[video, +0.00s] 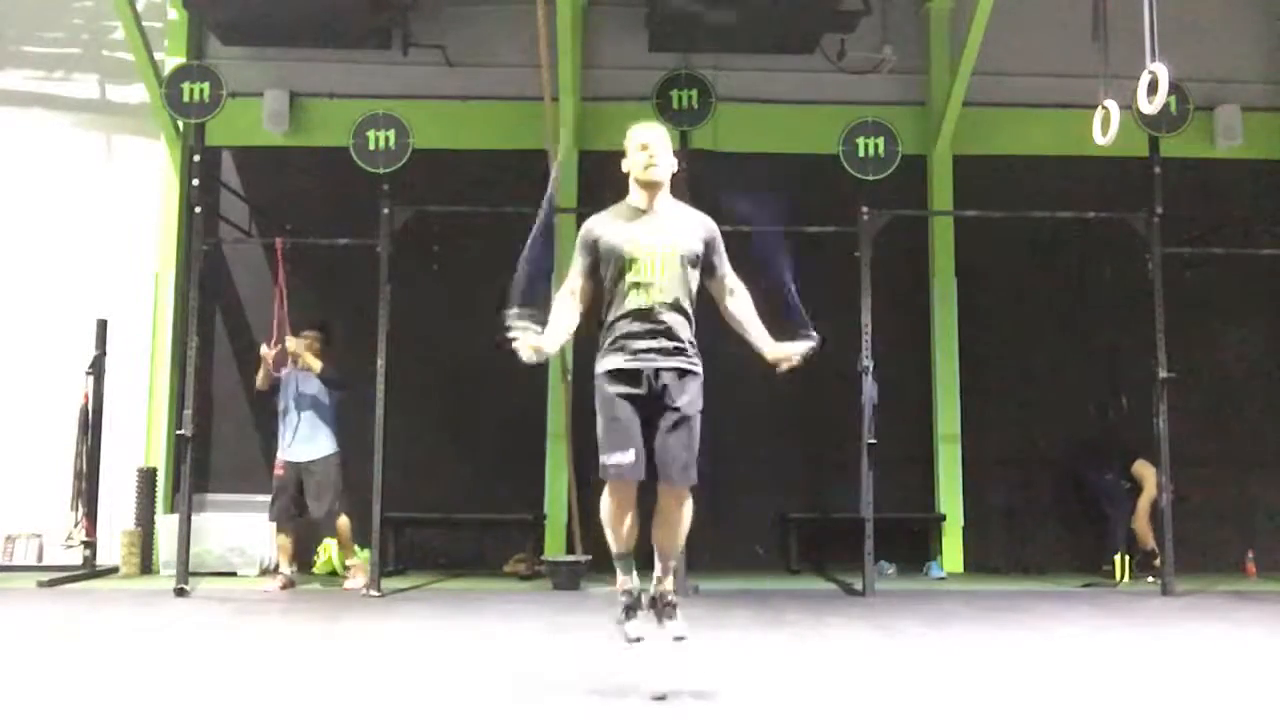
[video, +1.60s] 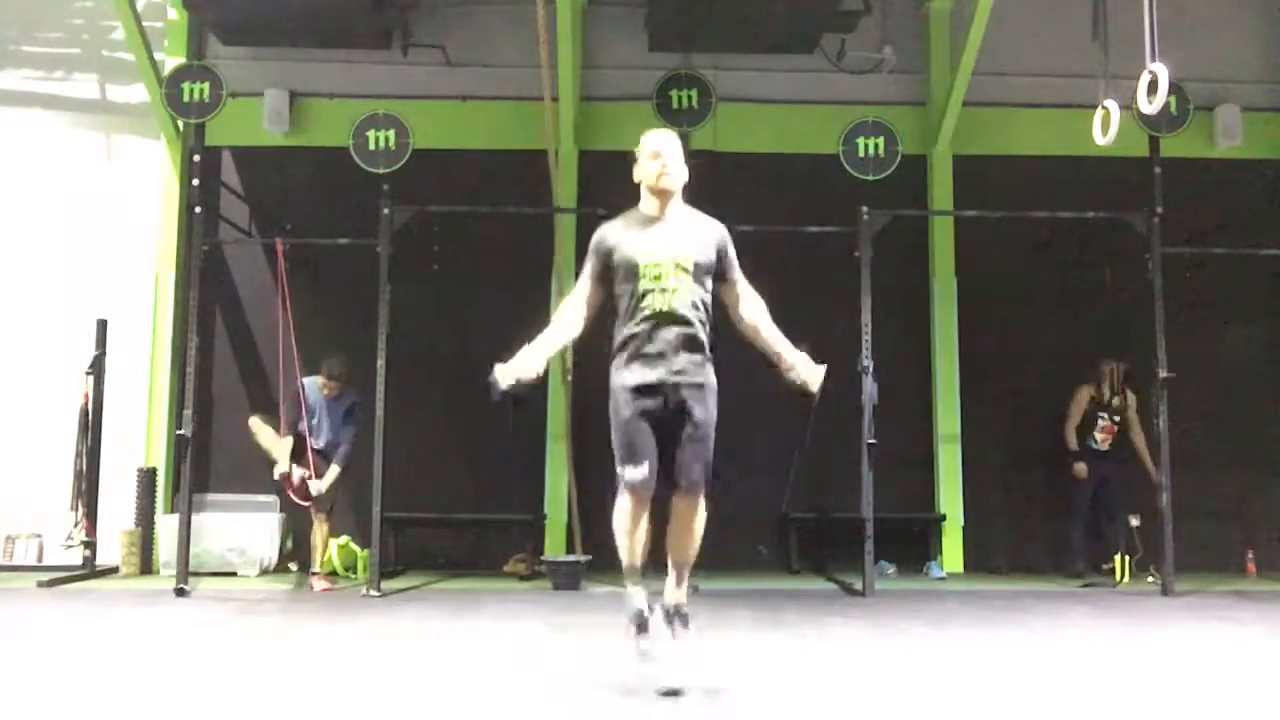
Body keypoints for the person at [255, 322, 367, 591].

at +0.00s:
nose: (308, 350)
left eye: (314, 345)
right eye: (304, 345)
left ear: (322, 350)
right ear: (295, 348)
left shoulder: (327, 375)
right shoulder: (286, 374)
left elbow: (336, 381)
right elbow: (262, 386)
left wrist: (303, 354)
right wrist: (266, 363)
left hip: (321, 453)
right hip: (288, 455)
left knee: (330, 511)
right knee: (283, 514)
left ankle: (354, 566)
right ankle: (285, 572)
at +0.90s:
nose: (309, 349)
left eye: (314, 344)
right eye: (304, 344)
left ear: (320, 348)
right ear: (295, 346)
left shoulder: (327, 371)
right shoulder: (283, 372)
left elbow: (332, 393)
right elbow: (261, 392)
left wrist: (311, 383)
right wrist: (266, 371)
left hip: (317, 452)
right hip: (286, 451)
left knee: (317, 515)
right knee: (282, 516)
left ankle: (315, 572)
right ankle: (284, 572)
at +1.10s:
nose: (312, 355)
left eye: (317, 351)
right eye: (308, 349)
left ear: (325, 355)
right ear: (298, 352)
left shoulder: (334, 376)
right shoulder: (285, 376)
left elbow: (334, 403)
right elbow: (269, 414)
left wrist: (317, 410)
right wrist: (262, 400)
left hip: (323, 455)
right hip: (291, 454)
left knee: (319, 517)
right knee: (287, 516)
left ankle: (316, 573)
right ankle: (284, 572)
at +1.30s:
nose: (319, 372)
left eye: (324, 367)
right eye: (314, 366)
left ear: (332, 367)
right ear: (306, 365)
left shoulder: (341, 388)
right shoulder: (294, 381)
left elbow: (339, 417)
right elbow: (278, 406)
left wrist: (324, 437)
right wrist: (269, 421)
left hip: (327, 462)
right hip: (294, 460)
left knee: (325, 517)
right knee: (278, 511)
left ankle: (316, 574)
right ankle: (276, 567)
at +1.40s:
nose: (320, 381)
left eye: (326, 376)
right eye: (316, 375)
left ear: (338, 374)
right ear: (311, 370)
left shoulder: (345, 395)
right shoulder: (298, 384)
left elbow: (340, 430)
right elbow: (281, 415)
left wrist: (320, 459)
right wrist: (273, 440)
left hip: (325, 456)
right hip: (293, 452)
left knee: (324, 515)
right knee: (262, 465)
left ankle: (316, 572)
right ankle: (269, 529)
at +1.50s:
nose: (322, 388)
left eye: (328, 385)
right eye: (320, 382)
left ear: (340, 381)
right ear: (316, 375)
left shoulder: (349, 401)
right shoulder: (301, 386)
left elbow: (342, 441)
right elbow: (285, 423)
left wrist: (321, 475)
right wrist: (280, 460)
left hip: (328, 457)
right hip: (298, 449)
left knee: (321, 514)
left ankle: (316, 571)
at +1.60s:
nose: (327, 391)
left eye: (333, 388)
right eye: (325, 386)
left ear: (344, 384)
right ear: (320, 377)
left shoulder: (351, 404)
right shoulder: (304, 387)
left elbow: (346, 445)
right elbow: (289, 425)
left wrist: (325, 483)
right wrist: (285, 462)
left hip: (327, 454)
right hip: (300, 445)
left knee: (321, 514)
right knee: (255, 422)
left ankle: (316, 573)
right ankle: (291, 470)